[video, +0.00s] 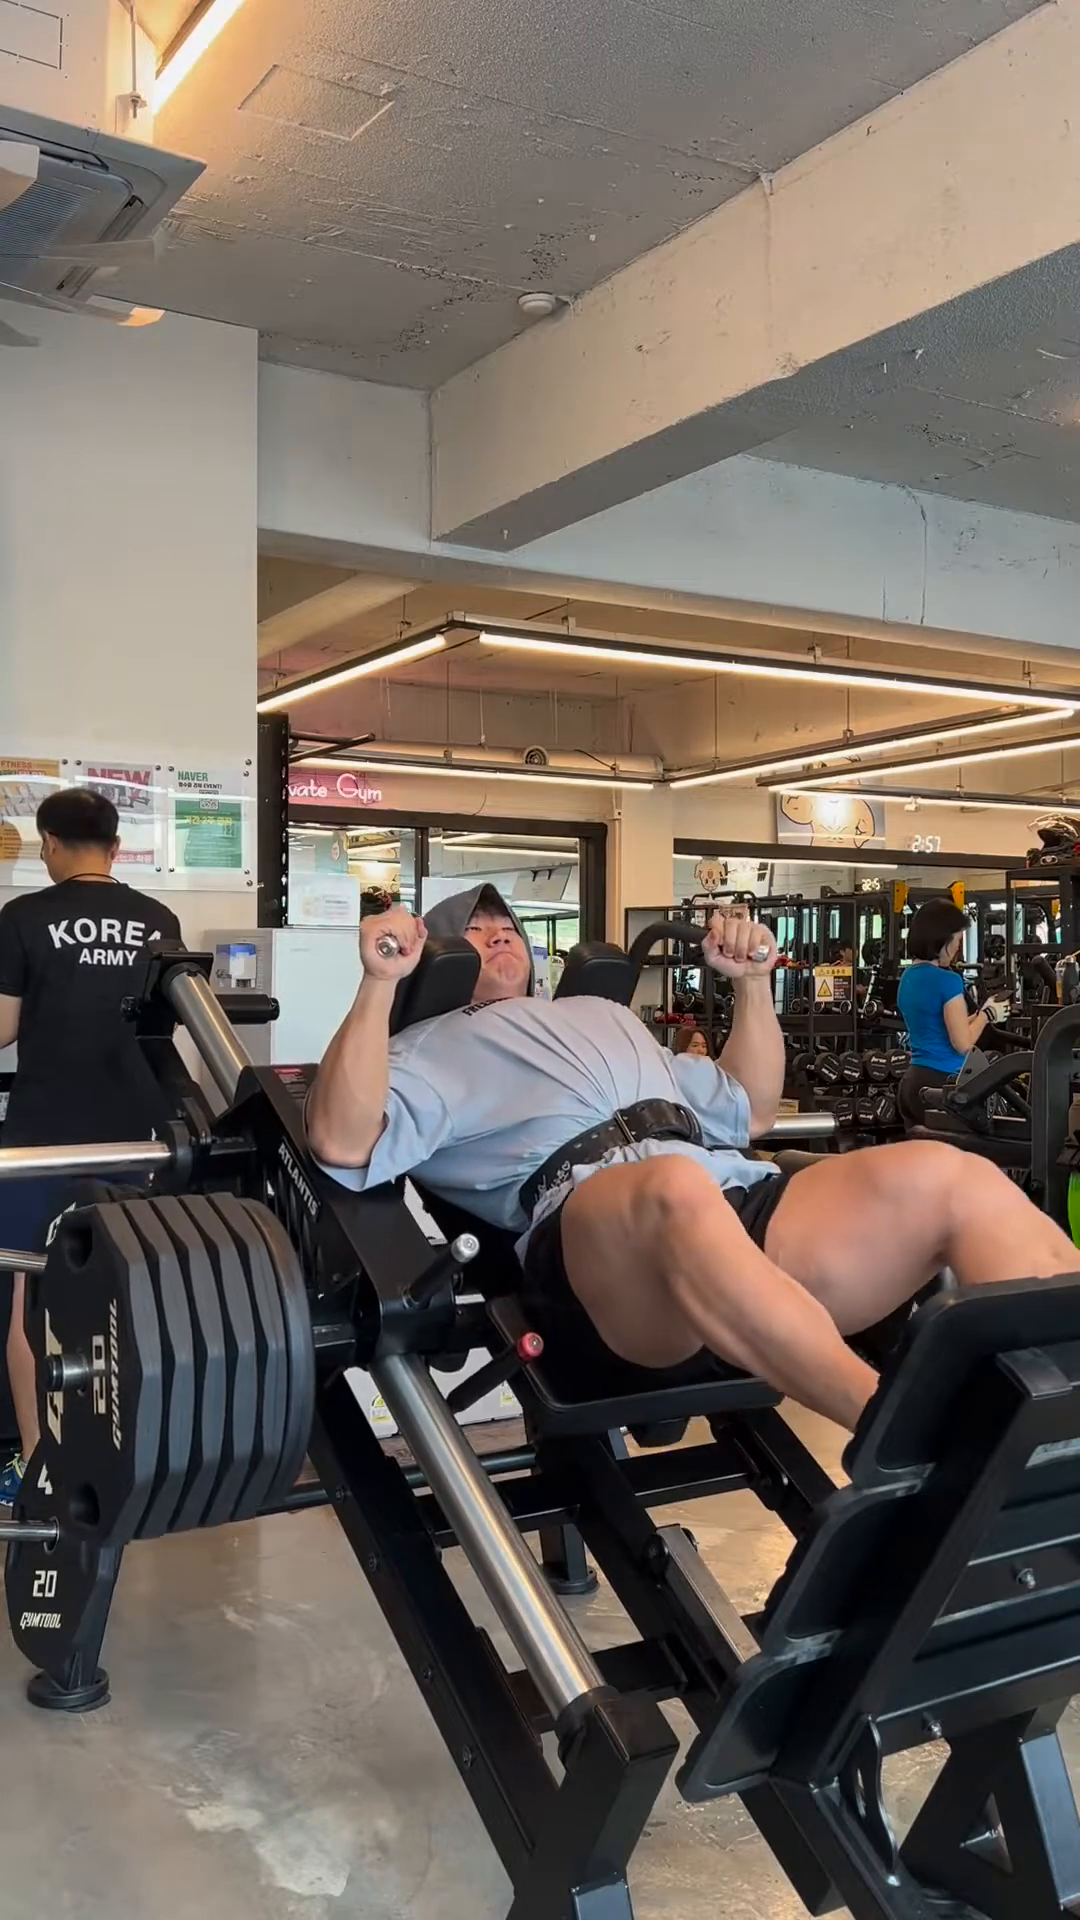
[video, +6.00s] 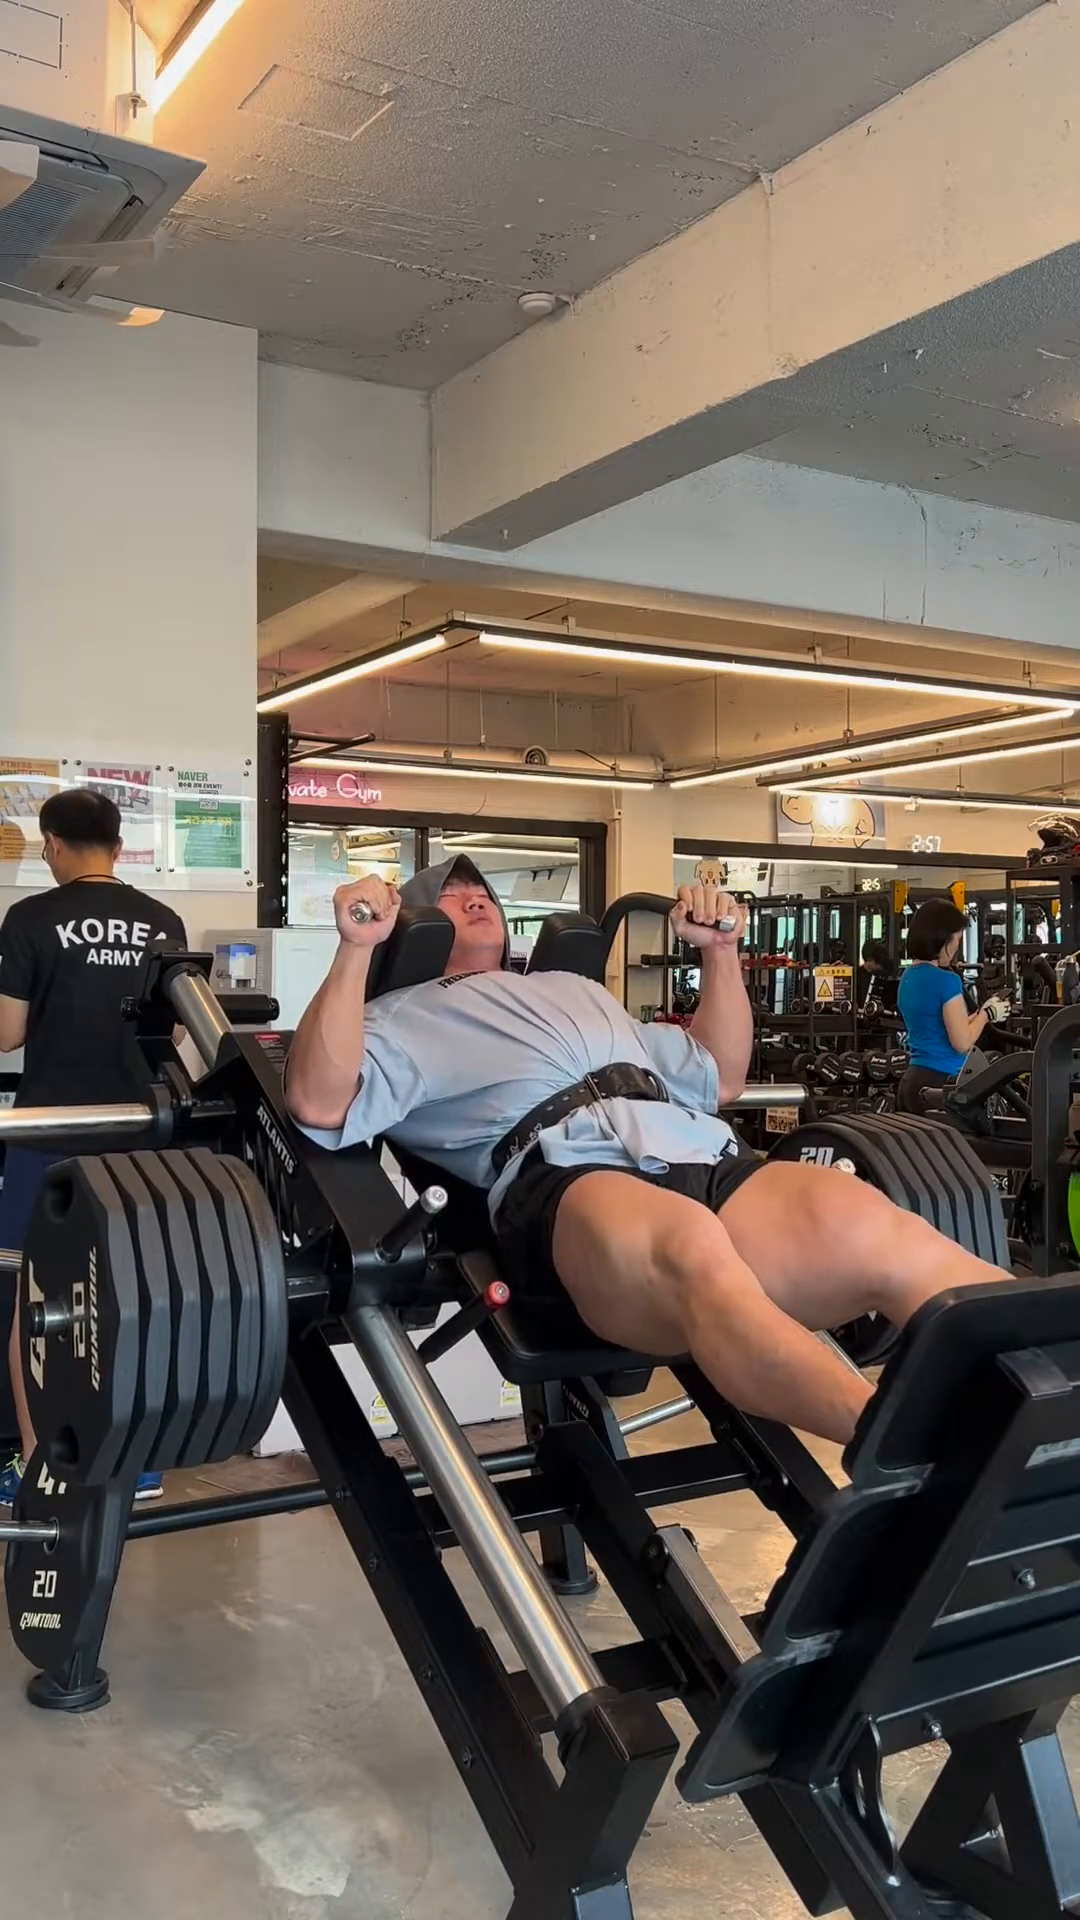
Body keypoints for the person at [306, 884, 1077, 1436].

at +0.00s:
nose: (498, 938)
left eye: (507, 928)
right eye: (474, 935)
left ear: (530, 951)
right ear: (443, 974)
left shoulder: (606, 1021)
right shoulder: (433, 1053)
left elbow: (750, 1107)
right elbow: (342, 1142)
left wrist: (750, 982)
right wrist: (377, 987)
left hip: (745, 1217)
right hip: (590, 1266)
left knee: (950, 1177)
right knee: (672, 1190)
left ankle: (1076, 1383)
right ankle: (898, 1428)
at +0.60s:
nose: (540, 984)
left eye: (547, 973)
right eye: (516, 978)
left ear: (571, 1003)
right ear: (477, 1024)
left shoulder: (654, 1078)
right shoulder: (470, 1115)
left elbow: (804, 1170)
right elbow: (383, 1216)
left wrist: (806, 1035)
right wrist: (424, 1047)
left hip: (813, 1307)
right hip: (663, 1370)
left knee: (995, 1153)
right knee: (671, 1166)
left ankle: (1068, 1391)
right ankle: (886, 1412)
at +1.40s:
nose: (605, 1053)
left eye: (610, 1039)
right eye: (574, 1043)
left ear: (634, 1070)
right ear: (534, 1082)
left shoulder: (727, 1164)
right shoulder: (529, 1207)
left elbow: (879, 1238)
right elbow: (446, 1324)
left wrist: (889, 1117)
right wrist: (491, 1136)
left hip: (892, 1372)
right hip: (751, 1465)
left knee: (1011, 1146)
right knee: (669, 1169)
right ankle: (887, 1412)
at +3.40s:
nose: (587, 1030)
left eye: (592, 1017)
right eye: (557, 1022)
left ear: (616, 1050)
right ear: (516, 1062)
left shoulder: (685, 1147)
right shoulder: (513, 1179)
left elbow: (857, 1219)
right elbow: (428, 1289)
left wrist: (864, 1094)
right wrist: (475, 1110)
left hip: (878, 1400)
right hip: (727, 1450)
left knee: (992, 1140)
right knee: (691, 1143)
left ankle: (1070, 1396)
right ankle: (898, 1407)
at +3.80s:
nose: (544, 980)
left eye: (552, 972)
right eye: (521, 975)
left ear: (576, 1003)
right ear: (486, 1018)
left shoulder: (646, 1084)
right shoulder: (470, 1120)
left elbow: (808, 1167)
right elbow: (385, 1215)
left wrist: (806, 1038)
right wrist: (427, 1047)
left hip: (811, 1307)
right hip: (667, 1367)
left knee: (994, 1137)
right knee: (682, 1150)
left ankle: (1074, 1377)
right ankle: (894, 1414)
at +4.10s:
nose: (508, 934)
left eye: (514, 927)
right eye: (486, 929)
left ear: (534, 958)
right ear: (451, 972)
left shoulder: (609, 1038)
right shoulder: (429, 1059)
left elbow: (757, 1116)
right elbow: (347, 1150)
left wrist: (755, 991)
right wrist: (383, 995)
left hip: (749, 1221)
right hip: (595, 1266)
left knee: (959, 1161)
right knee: (667, 1173)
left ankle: (1071, 1382)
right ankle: (897, 1423)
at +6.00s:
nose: (470, 898)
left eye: (480, 893)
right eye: (449, 893)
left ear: (506, 923)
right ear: (418, 932)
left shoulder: (578, 990)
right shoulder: (406, 1017)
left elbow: (716, 1076)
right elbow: (317, 1103)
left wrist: (720, 956)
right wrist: (352, 953)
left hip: (701, 1158)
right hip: (566, 1174)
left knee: (863, 1219)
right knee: (698, 1264)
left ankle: (1057, 1348)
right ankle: (896, 1436)